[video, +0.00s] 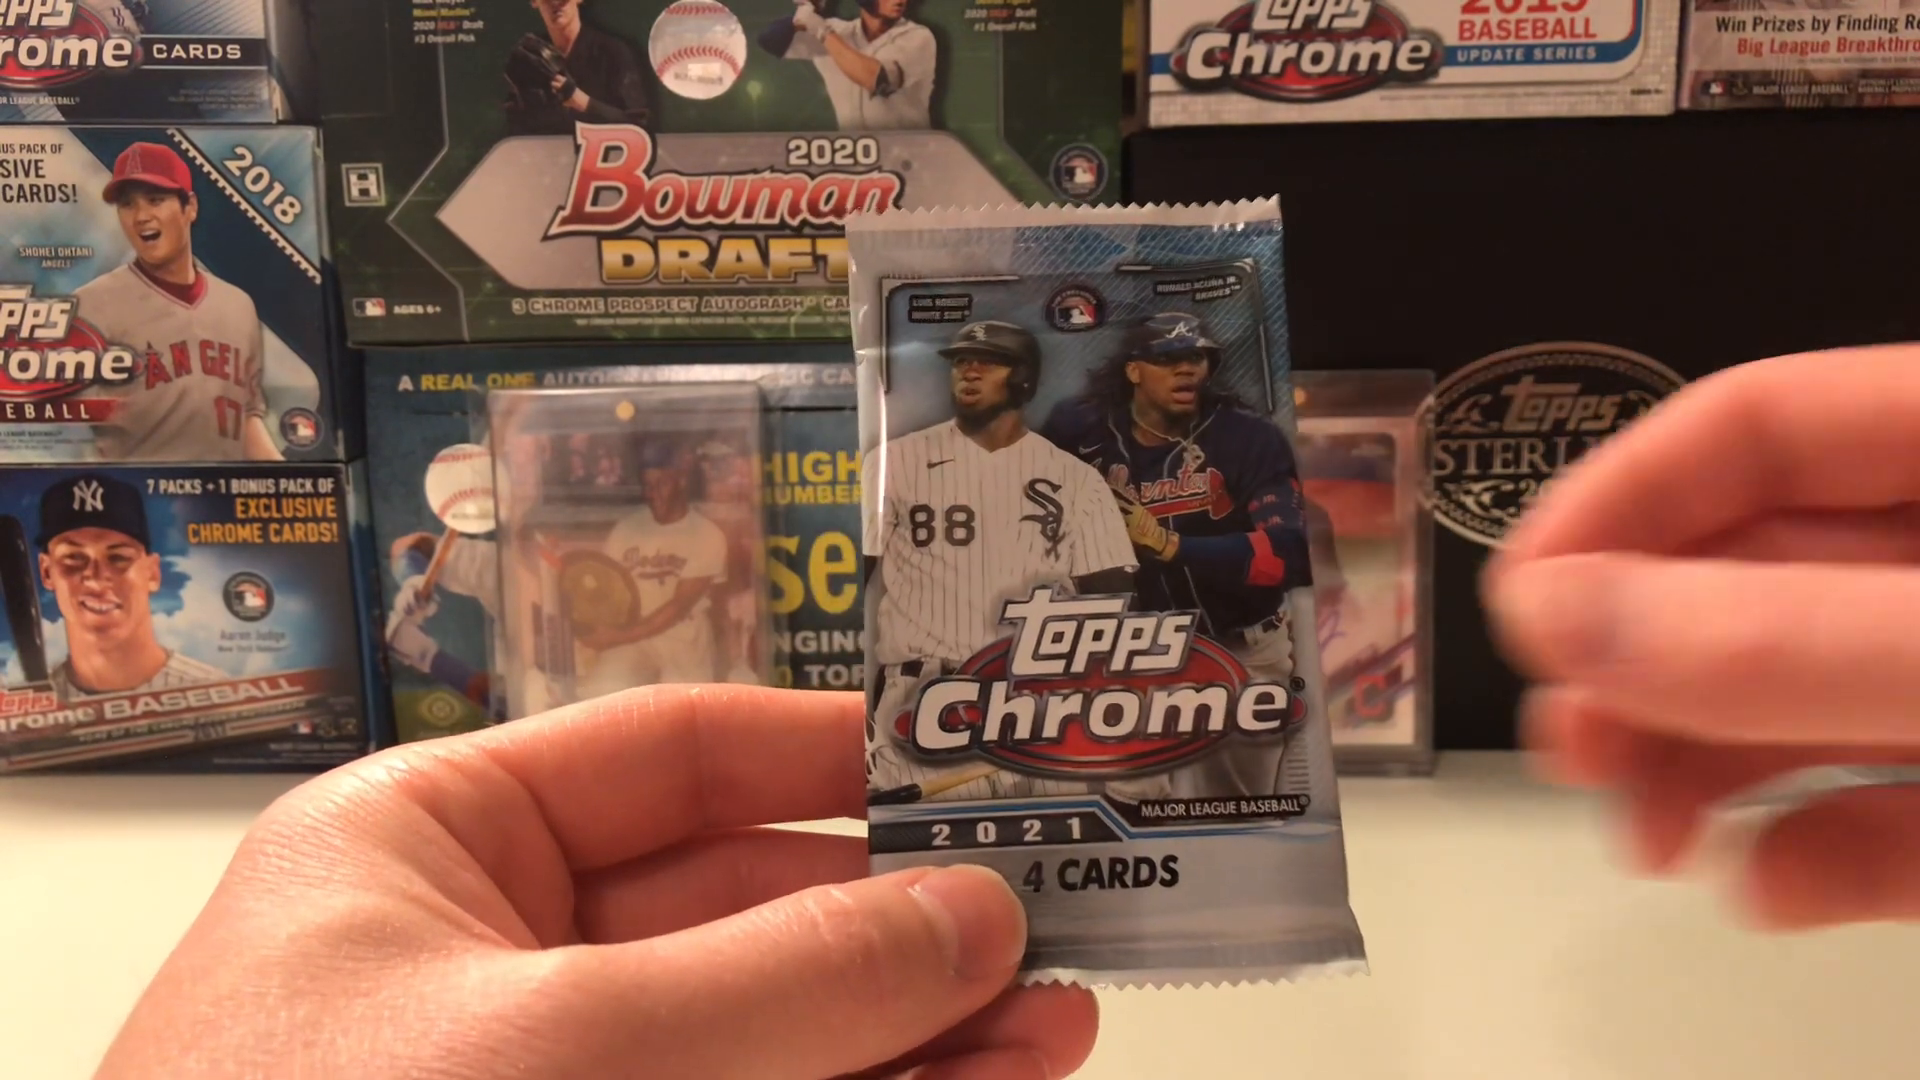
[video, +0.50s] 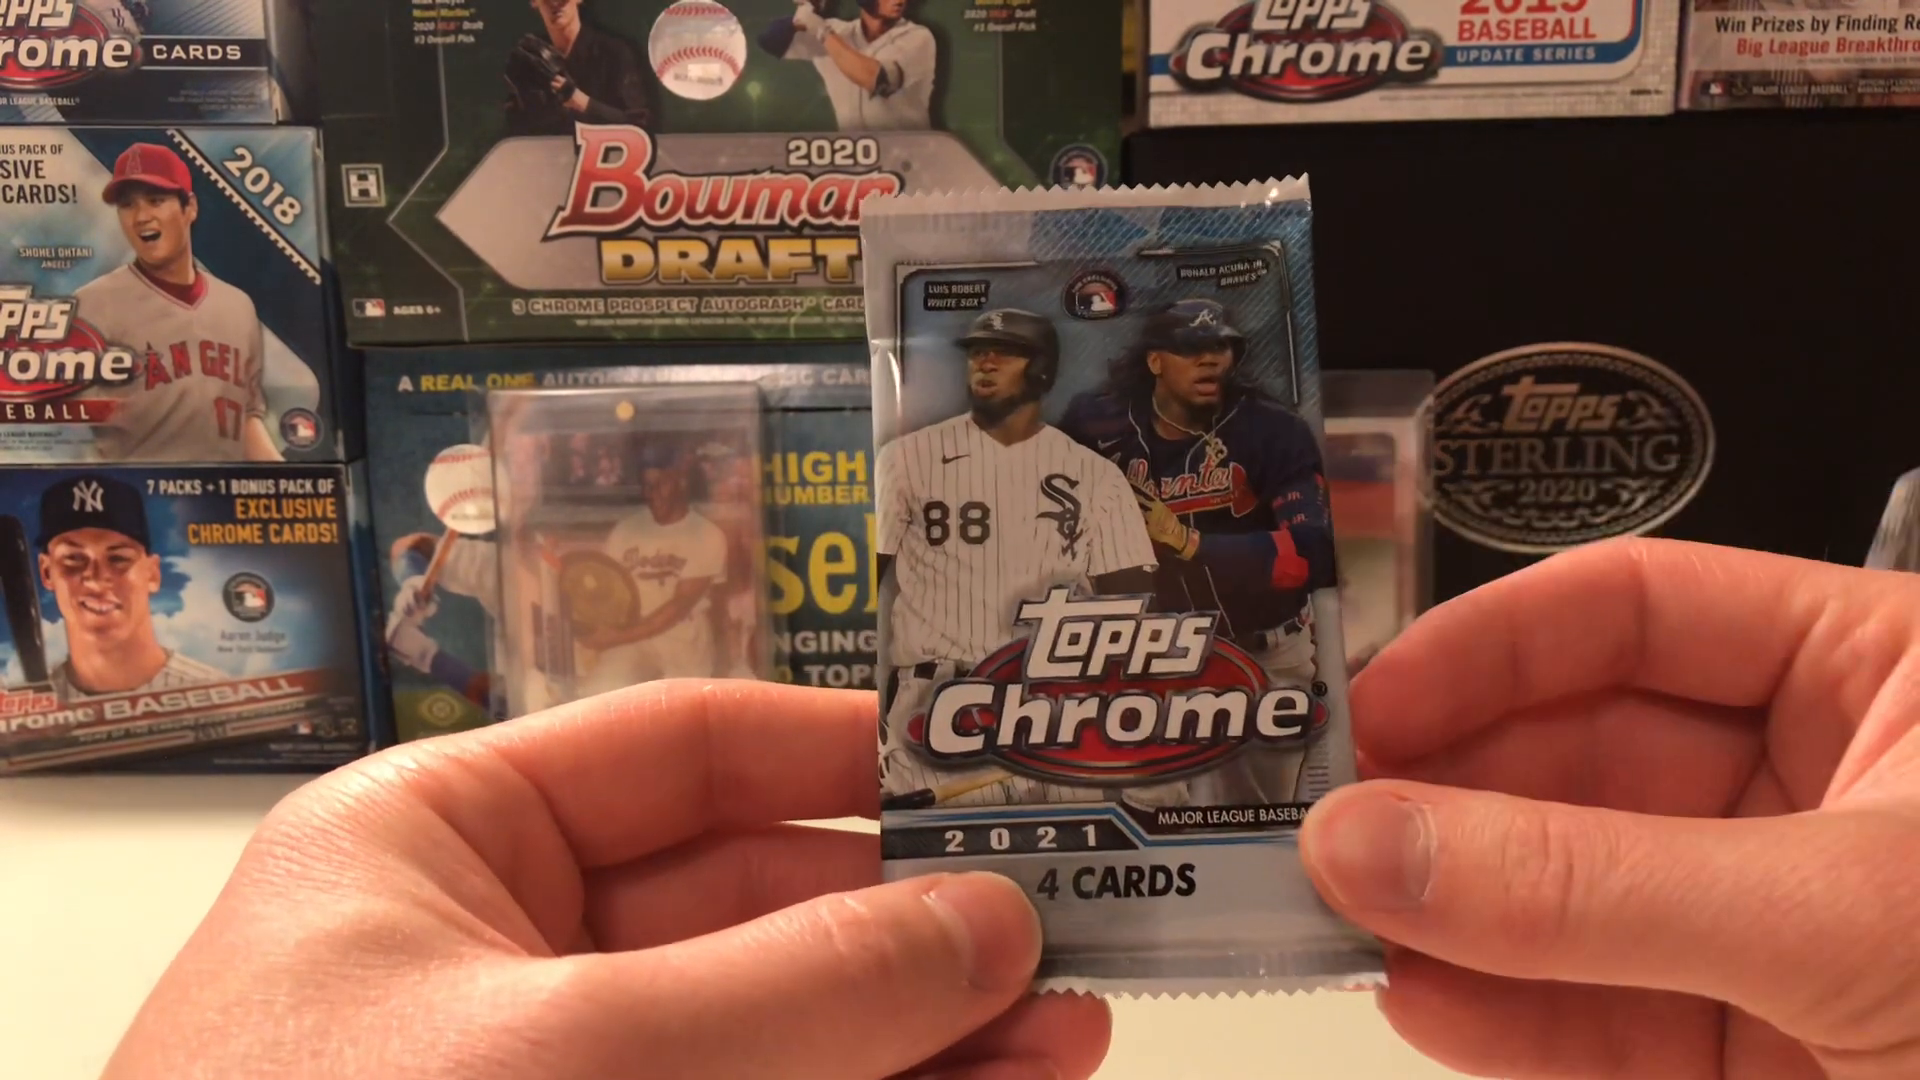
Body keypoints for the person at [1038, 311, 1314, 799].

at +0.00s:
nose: (1188, 370)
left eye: (1197, 357)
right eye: (1170, 359)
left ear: (1209, 365)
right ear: (1134, 371)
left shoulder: (1250, 439)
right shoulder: (1082, 434)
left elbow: (1284, 555)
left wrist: (1171, 545)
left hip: (1245, 647)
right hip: (1132, 651)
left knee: (1245, 816)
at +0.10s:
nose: (1192, 370)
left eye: (1200, 357)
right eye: (1174, 358)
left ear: (1213, 366)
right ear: (1138, 371)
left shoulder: (1254, 440)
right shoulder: (1086, 434)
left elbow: (1288, 555)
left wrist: (1174, 546)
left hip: (1248, 645)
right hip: (1134, 648)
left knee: (1242, 813)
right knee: (1135, 808)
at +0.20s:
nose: (1191, 372)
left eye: (1199, 360)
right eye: (1172, 361)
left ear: (1212, 369)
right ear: (1137, 374)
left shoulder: (1253, 443)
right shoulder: (1086, 437)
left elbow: (1287, 557)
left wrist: (1172, 546)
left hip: (1249, 648)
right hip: (1136, 651)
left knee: (1247, 814)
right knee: (1139, 812)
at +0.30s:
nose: (1199, 369)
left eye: (1208, 356)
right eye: (1181, 357)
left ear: (1221, 364)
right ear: (1145, 370)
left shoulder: (1261, 439)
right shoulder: (1094, 435)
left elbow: (1298, 552)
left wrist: (1182, 545)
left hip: (1258, 645)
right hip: (1145, 652)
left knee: (1264, 812)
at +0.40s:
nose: (1205, 369)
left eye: (1214, 356)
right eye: (1187, 357)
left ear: (1228, 365)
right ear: (1151, 370)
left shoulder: (1268, 440)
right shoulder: (1100, 435)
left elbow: (1307, 558)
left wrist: (1187, 546)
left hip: (1263, 649)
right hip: (1149, 654)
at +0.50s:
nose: (1213, 361)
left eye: (1221, 347)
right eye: (1194, 349)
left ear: (1234, 355)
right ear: (1155, 362)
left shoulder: (1274, 433)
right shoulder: (1097, 424)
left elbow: (1312, 557)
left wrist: (1191, 543)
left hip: (1264, 646)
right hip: (1143, 649)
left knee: (1265, 815)